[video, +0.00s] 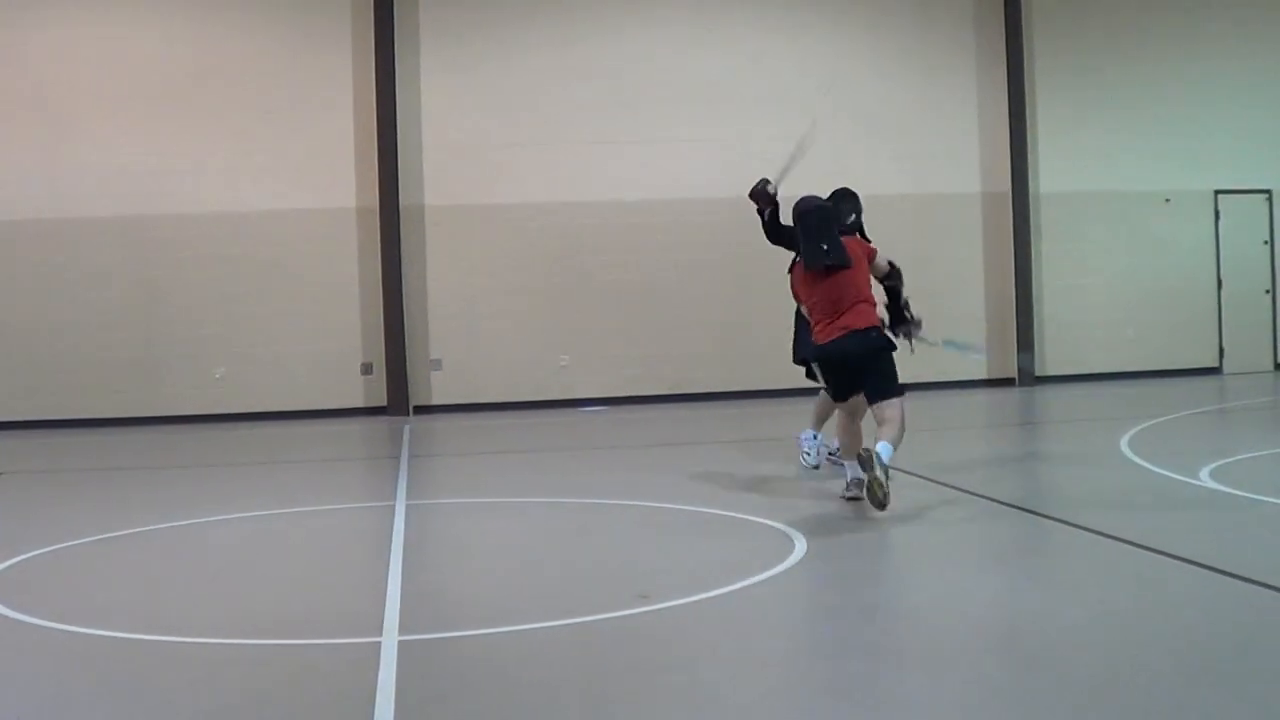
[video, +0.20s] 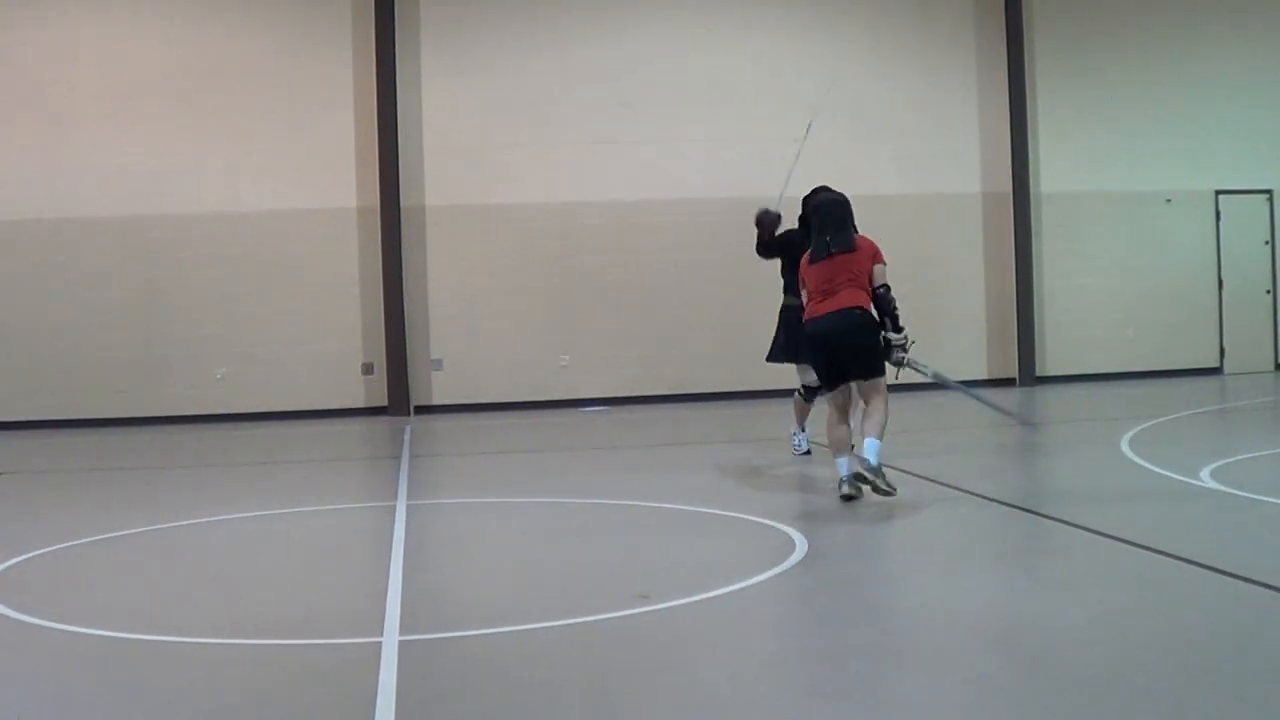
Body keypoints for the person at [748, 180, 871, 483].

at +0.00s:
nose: (849, 223)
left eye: (852, 216)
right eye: (845, 216)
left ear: (854, 217)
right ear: (836, 215)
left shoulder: (860, 244)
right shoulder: (812, 237)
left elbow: (888, 279)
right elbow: (775, 234)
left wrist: (896, 314)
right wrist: (768, 207)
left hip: (852, 320)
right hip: (814, 319)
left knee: (855, 387)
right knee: (834, 384)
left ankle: (840, 444)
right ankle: (811, 435)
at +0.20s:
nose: (826, 217)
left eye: (829, 211)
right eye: (821, 211)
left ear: (833, 215)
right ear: (810, 213)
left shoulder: (840, 240)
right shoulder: (793, 238)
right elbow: (765, 251)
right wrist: (766, 230)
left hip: (833, 313)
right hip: (798, 313)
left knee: (842, 380)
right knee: (811, 383)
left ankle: (846, 434)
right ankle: (800, 430)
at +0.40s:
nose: (813, 226)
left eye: (815, 221)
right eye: (808, 221)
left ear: (818, 222)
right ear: (795, 223)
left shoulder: (823, 251)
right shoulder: (781, 252)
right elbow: (760, 287)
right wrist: (776, 297)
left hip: (818, 324)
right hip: (787, 326)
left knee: (825, 377)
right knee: (796, 383)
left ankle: (814, 404)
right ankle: (796, 432)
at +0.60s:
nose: (798, 242)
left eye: (803, 237)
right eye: (794, 236)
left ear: (809, 238)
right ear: (784, 236)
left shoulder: (814, 263)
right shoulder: (774, 265)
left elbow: (822, 292)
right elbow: (756, 300)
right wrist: (773, 311)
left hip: (807, 325)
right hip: (777, 326)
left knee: (807, 372)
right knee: (788, 368)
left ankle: (800, 421)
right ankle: (791, 423)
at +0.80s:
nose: (784, 238)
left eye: (789, 231)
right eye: (779, 231)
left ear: (794, 231)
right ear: (770, 232)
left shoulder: (802, 254)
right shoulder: (758, 256)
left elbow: (814, 285)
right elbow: (743, 289)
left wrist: (804, 309)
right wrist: (761, 301)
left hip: (799, 317)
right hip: (767, 320)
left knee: (799, 375)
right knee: (769, 375)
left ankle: (796, 422)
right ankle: (766, 405)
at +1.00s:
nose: (770, 235)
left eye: (773, 230)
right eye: (764, 230)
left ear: (778, 229)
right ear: (754, 231)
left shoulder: (785, 254)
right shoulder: (743, 259)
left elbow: (797, 284)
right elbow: (730, 292)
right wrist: (750, 300)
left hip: (785, 318)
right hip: (753, 321)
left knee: (790, 371)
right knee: (753, 373)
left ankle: (793, 419)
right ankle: (751, 416)